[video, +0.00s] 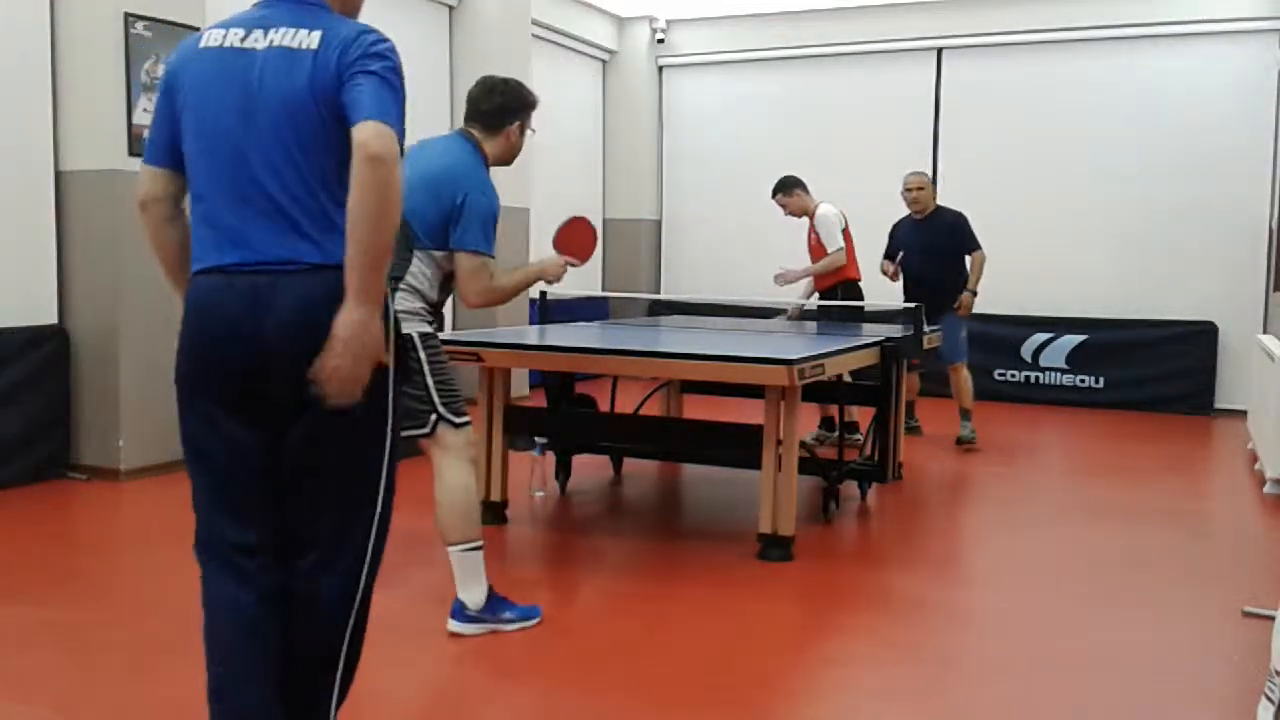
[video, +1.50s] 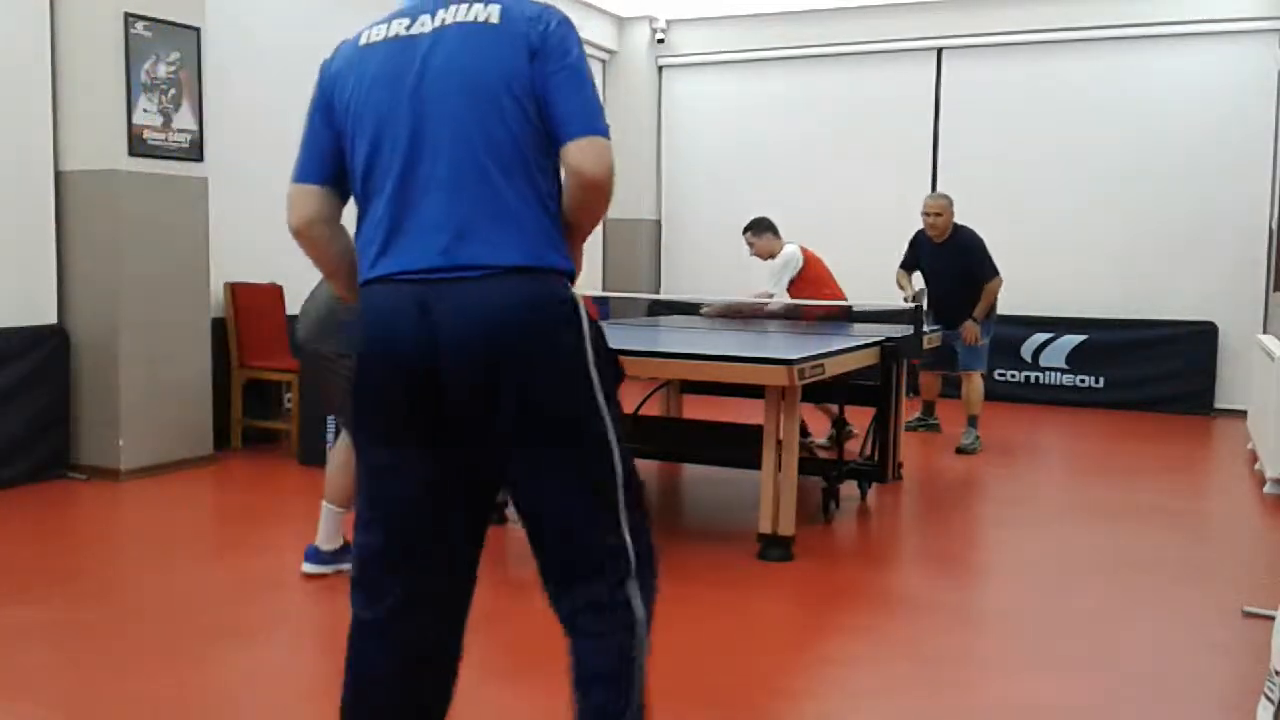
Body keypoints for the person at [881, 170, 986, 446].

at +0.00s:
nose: (913, 195)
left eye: (920, 189)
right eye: (908, 190)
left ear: (933, 192)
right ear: (902, 195)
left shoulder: (954, 220)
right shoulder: (900, 228)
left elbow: (978, 255)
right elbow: (887, 261)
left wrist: (970, 291)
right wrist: (890, 269)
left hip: (950, 306)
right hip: (914, 307)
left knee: (956, 364)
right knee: (909, 363)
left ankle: (966, 424)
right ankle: (909, 418)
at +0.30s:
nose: (932, 201)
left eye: (938, 196)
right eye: (927, 196)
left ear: (951, 197)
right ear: (921, 199)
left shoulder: (967, 228)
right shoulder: (918, 228)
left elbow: (986, 269)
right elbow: (907, 261)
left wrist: (972, 307)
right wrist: (909, 274)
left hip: (960, 313)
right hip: (926, 313)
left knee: (964, 372)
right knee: (913, 364)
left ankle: (971, 430)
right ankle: (909, 417)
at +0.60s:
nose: (943, 208)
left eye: (949, 203)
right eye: (938, 203)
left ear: (961, 205)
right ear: (931, 203)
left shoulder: (975, 233)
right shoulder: (927, 228)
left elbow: (993, 277)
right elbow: (915, 260)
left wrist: (979, 317)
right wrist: (910, 282)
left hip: (968, 316)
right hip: (936, 315)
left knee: (967, 372)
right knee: (928, 365)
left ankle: (971, 430)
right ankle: (924, 411)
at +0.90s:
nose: (931, 210)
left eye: (938, 205)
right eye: (927, 205)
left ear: (951, 207)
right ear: (921, 208)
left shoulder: (969, 234)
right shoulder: (921, 234)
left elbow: (988, 278)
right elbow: (907, 268)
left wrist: (973, 317)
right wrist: (913, 287)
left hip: (967, 315)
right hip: (935, 315)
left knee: (966, 371)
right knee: (928, 366)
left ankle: (972, 430)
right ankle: (927, 415)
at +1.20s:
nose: (930, 213)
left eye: (937, 208)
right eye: (926, 208)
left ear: (951, 209)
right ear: (921, 210)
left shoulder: (968, 236)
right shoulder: (922, 236)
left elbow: (989, 278)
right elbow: (911, 266)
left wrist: (974, 318)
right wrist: (903, 284)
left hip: (969, 317)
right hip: (937, 315)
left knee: (969, 371)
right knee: (929, 366)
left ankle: (971, 431)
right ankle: (927, 415)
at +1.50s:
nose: (930, 221)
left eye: (937, 216)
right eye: (926, 215)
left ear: (951, 216)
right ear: (921, 215)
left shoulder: (968, 240)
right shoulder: (920, 240)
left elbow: (994, 281)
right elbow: (903, 272)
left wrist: (975, 320)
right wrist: (908, 289)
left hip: (970, 319)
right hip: (937, 317)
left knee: (970, 371)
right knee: (928, 366)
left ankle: (972, 431)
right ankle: (927, 415)